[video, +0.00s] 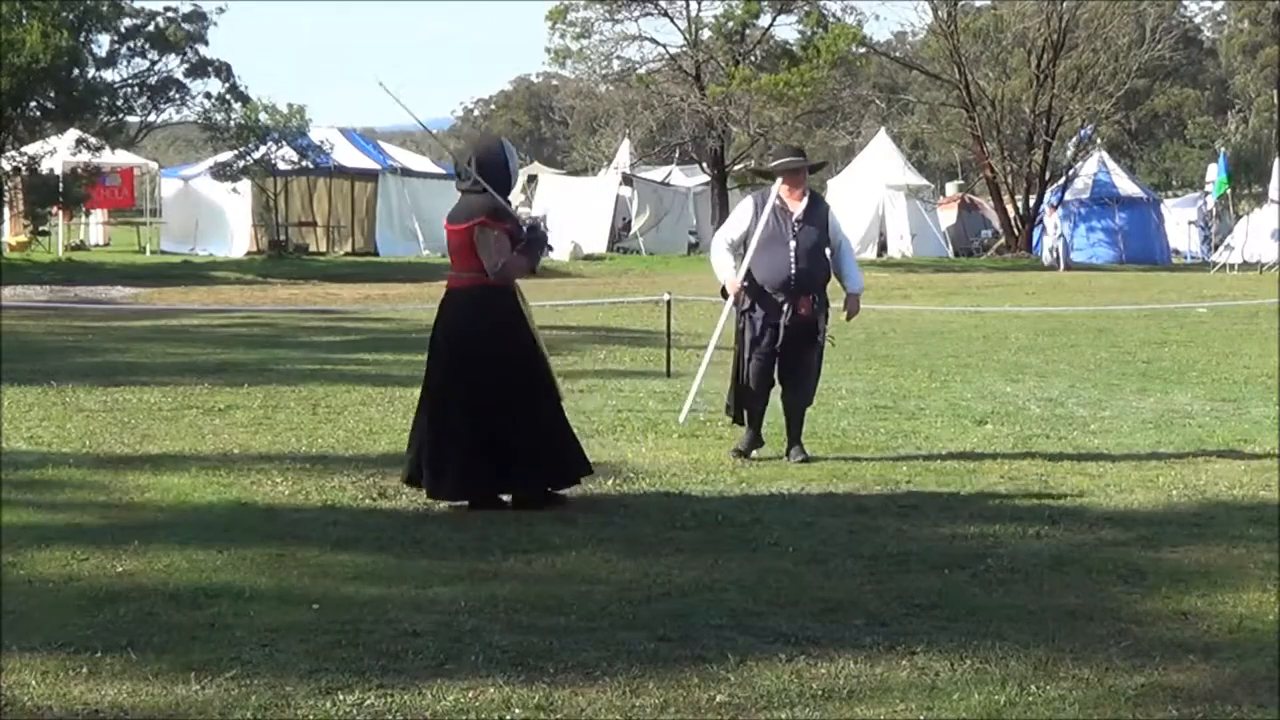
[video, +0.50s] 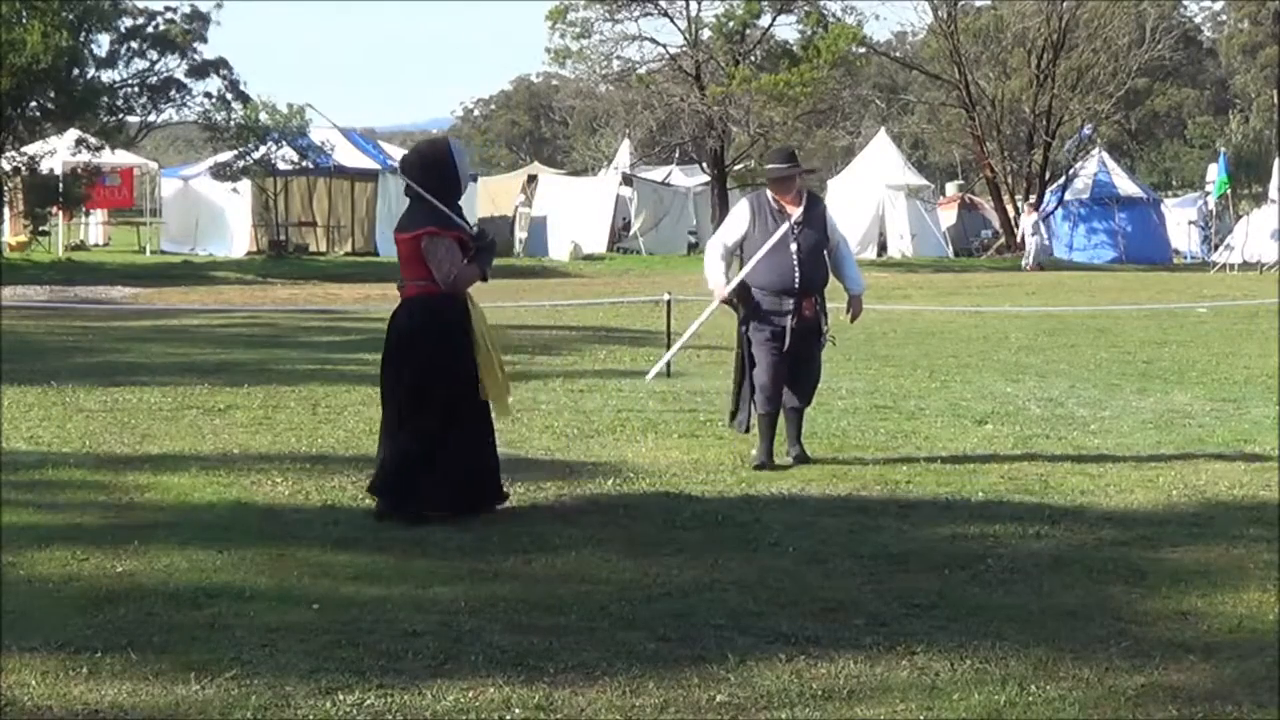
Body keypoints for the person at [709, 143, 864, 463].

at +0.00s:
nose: (793, 179)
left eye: (798, 172)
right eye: (786, 174)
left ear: (808, 174)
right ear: (776, 176)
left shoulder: (821, 210)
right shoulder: (754, 206)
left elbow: (842, 249)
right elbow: (720, 243)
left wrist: (854, 288)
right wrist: (729, 277)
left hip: (807, 306)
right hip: (761, 304)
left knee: (800, 380)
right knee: (755, 375)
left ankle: (795, 442)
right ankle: (752, 434)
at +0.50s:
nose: (780, 186)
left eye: (786, 179)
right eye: (774, 180)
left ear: (799, 177)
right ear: (766, 180)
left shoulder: (817, 208)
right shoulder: (750, 208)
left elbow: (838, 249)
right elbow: (716, 247)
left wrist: (855, 289)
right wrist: (718, 284)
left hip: (808, 308)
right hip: (764, 308)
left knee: (802, 379)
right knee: (767, 379)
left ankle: (794, 443)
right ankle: (764, 450)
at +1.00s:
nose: (771, 181)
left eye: (774, 174)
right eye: (763, 177)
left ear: (780, 173)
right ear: (748, 180)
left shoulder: (794, 205)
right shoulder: (728, 209)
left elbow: (814, 245)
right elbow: (698, 251)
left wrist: (830, 282)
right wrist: (698, 296)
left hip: (793, 306)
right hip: (749, 308)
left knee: (805, 377)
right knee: (759, 384)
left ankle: (793, 429)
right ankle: (762, 450)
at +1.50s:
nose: (761, 184)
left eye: (766, 177)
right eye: (753, 179)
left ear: (776, 175)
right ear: (743, 180)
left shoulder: (792, 206)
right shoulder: (726, 207)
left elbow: (813, 247)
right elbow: (695, 249)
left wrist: (831, 286)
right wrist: (720, 279)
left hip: (784, 314)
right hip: (739, 316)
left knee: (783, 386)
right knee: (749, 389)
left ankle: (786, 454)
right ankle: (756, 448)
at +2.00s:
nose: (731, 173)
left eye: (738, 167)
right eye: (725, 168)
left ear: (753, 169)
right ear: (718, 172)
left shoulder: (772, 207)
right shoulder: (702, 203)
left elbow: (798, 251)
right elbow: (668, 240)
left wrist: (768, 268)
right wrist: (676, 261)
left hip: (755, 311)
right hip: (705, 308)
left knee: (754, 389)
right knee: (700, 385)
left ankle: (753, 456)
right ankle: (704, 452)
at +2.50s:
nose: (648, 173)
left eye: (655, 166)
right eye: (643, 167)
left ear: (673, 169)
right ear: (637, 172)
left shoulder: (693, 203)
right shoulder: (624, 205)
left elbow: (721, 249)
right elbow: (594, 244)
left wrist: (707, 228)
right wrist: (571, 278)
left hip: (685, 312)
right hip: (638, 312)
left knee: (692, 389)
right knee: (644, 392)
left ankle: (697, 452)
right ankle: (642, 463)